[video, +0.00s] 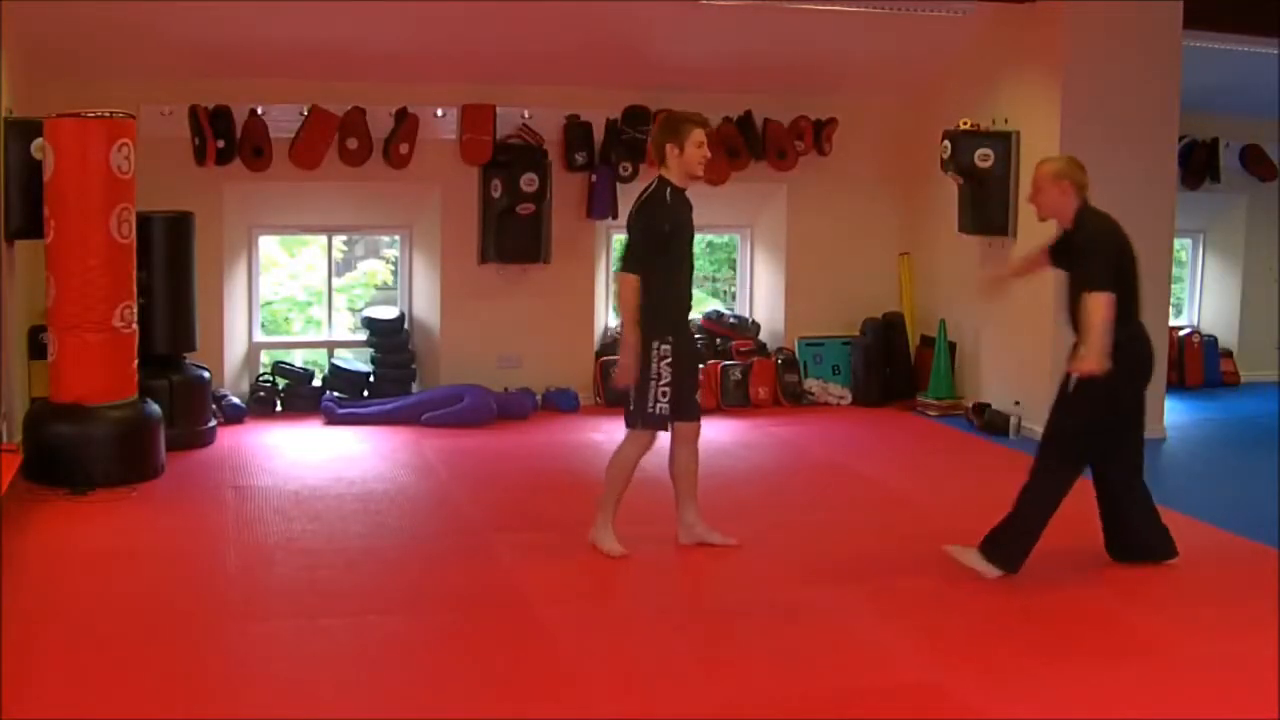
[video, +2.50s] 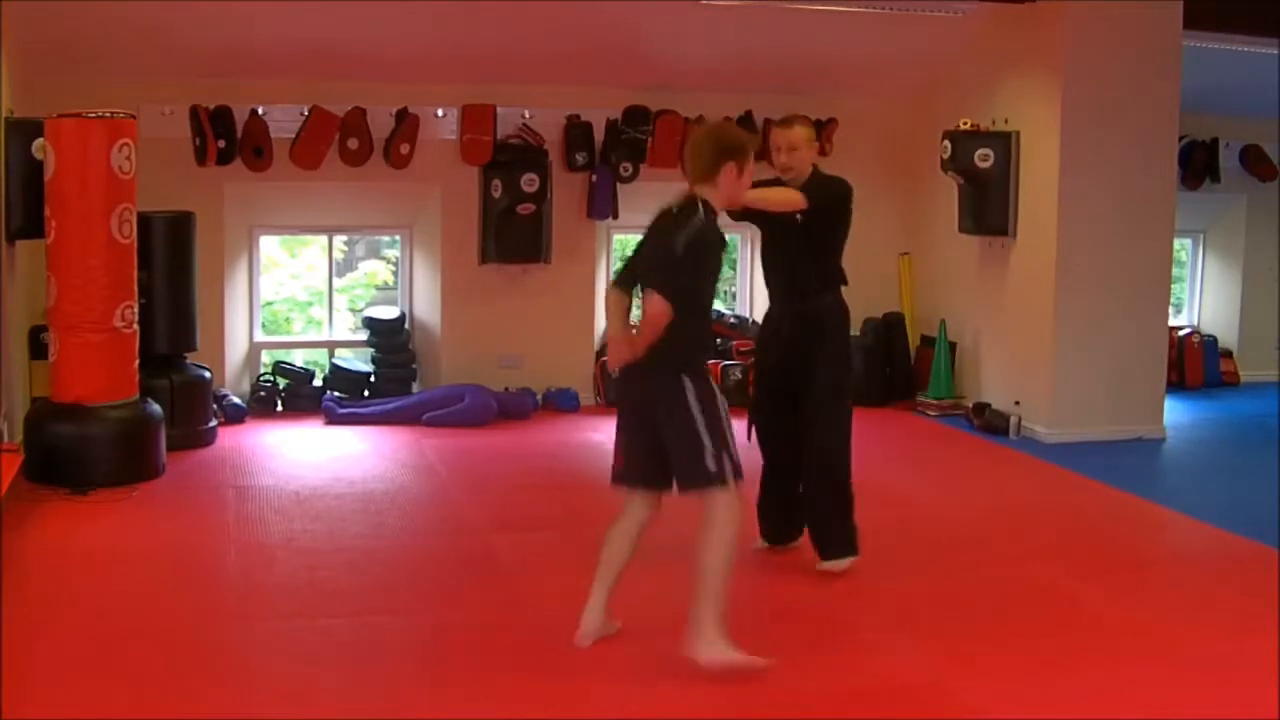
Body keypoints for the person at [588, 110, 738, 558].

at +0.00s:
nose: (707, 154)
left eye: (707, 146)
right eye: (699, 146)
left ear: (684, 152)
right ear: (672, 151)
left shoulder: (679, 201)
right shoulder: (654, 202)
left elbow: (669, 278)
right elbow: (628, 279)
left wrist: (679, 337)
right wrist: (628, 349)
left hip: (678, 332)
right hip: (652, 333)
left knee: (686, 429)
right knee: (642, 434)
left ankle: (690, 523)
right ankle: (602, 524)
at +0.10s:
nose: (702, 157)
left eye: (703, 149)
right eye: (695, 149)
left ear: (677, 154)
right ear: (668, 153)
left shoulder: (673, 203)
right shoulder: (648, 201)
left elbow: (656, 274)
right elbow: (603, 270)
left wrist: (665, 330)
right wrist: (602, 337)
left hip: (668, 332)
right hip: (638, 332)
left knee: (684, 427)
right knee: (628, 434)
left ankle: (690, 523)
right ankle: (600, 527)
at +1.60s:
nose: (748, 194)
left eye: (749, 186)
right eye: (745, 185)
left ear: (721, 183)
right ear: (719, 182)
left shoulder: (703, 226)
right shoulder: (681, 226)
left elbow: (662, 285)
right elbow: (636, 289)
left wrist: (628, 317)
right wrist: (623, 321)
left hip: (679, 345)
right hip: (654, 347)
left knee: (713, 427)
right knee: (682, 446)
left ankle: (685, 509)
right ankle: (628, 526)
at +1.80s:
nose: (777, 267)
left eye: (778, 259)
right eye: (774, 257)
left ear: (745, 254)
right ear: (749, 254)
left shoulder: (715, 283)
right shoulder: (700, 285)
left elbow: (660, 322)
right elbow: (636, 327)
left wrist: (613, 341)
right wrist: (604, 351)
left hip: (662, 370)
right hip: (640, 371)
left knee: (720, 429)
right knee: (675, 467)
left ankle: (684, 508)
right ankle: (607, 553)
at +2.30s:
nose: (751, 191)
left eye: (753, 180)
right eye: (749, 179)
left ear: (715, 175)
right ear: (725, 175)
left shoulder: (682, 212)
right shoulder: (684, 221)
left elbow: (626, 283)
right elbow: (630, 292)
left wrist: (604, 323)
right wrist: (601, 327)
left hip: (643, 353)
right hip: (644, 357)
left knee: (654, 473)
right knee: (679, 477)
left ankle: (614, 559)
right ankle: (600, 561)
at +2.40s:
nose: (748, 173)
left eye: (749, 163)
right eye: (747, 162)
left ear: (705, 156)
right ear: (727, 158)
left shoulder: (669, 198)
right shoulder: (691, 206)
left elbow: (621, 271)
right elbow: (641, 279)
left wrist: (617, 320)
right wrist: (618, 323)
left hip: (640, 354)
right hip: (664, 356)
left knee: (656, 470)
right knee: (705, 477)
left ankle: (604, 577)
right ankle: (635, 587)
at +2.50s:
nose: (748, 185)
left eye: (747, 174)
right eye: (746, 174)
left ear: (698, 170)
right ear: (727, 172)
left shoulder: (670, 218)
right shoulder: (700, 224)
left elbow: (618, 288)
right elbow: (659, 302)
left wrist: (614, 344)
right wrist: (635, 348)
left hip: (642, 378)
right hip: (681, 378)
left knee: (640, 500)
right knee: (725, 503)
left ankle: (594, 616)